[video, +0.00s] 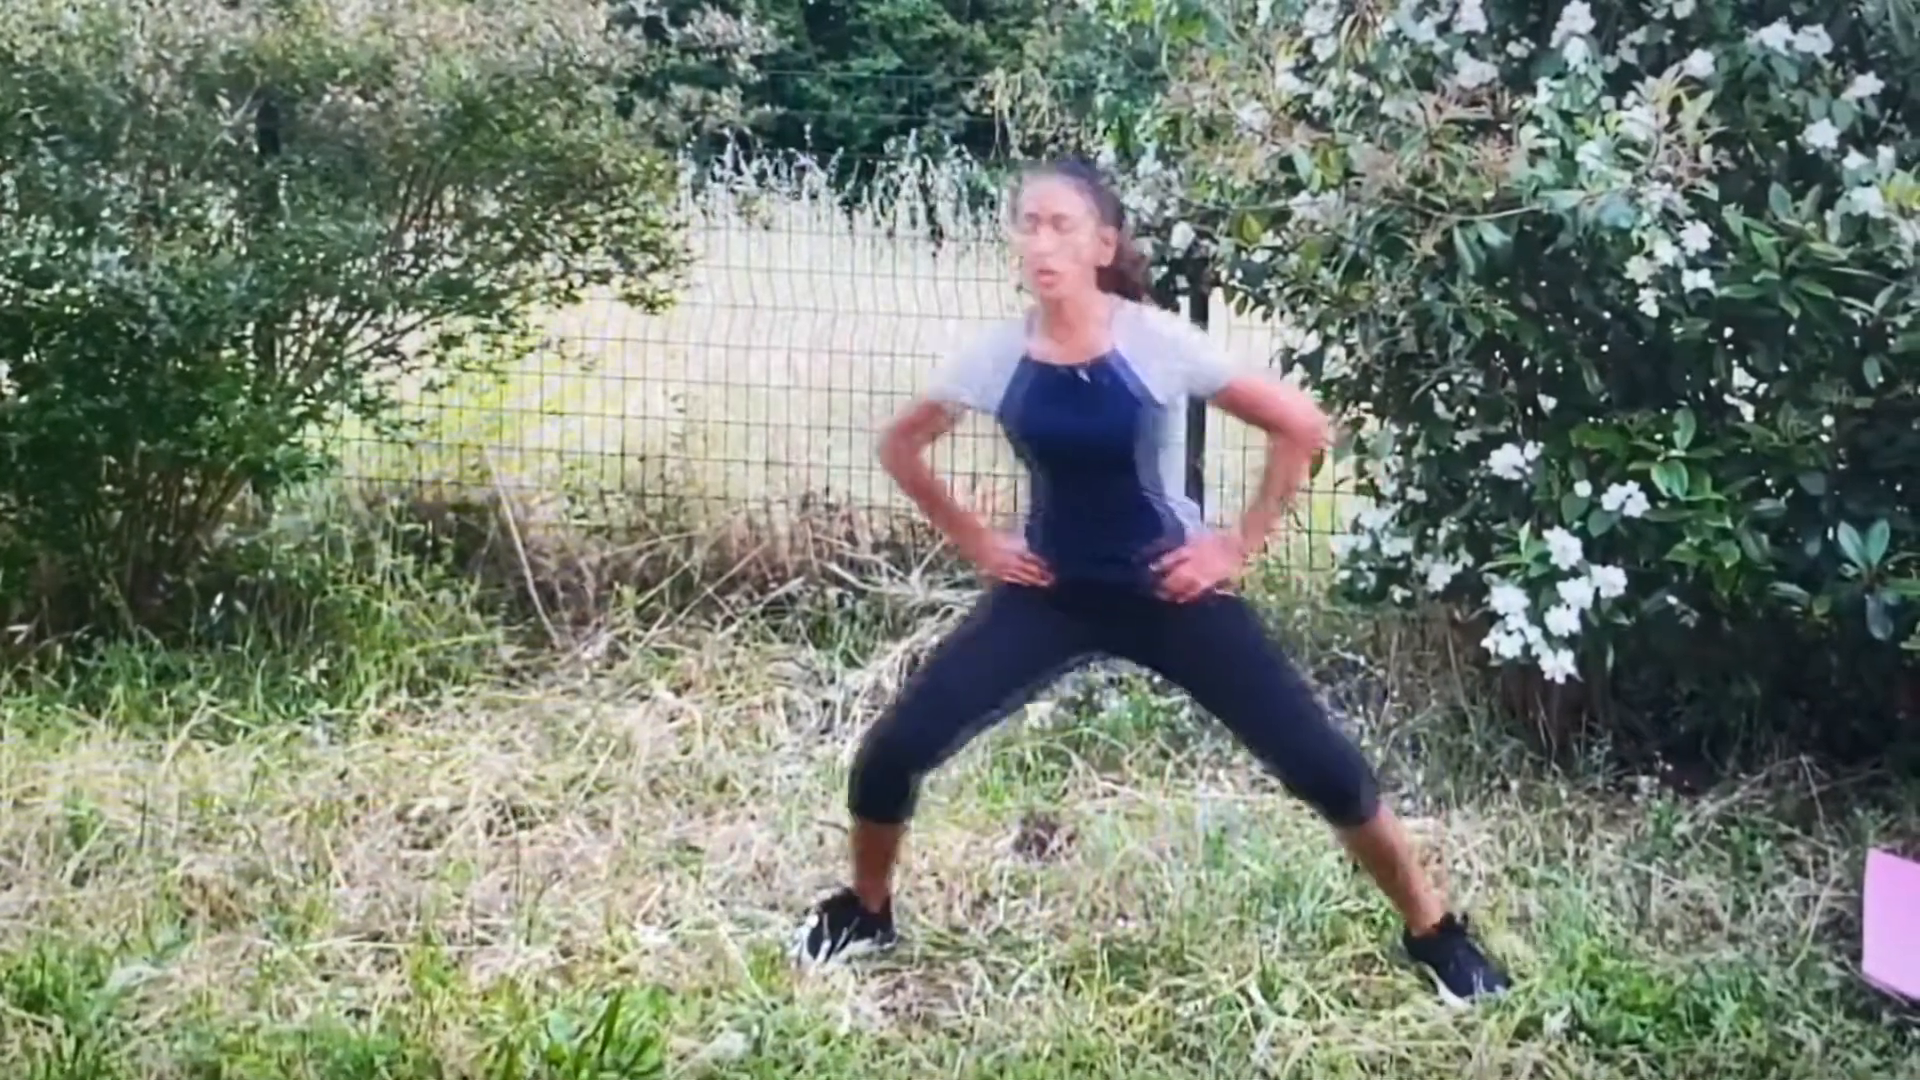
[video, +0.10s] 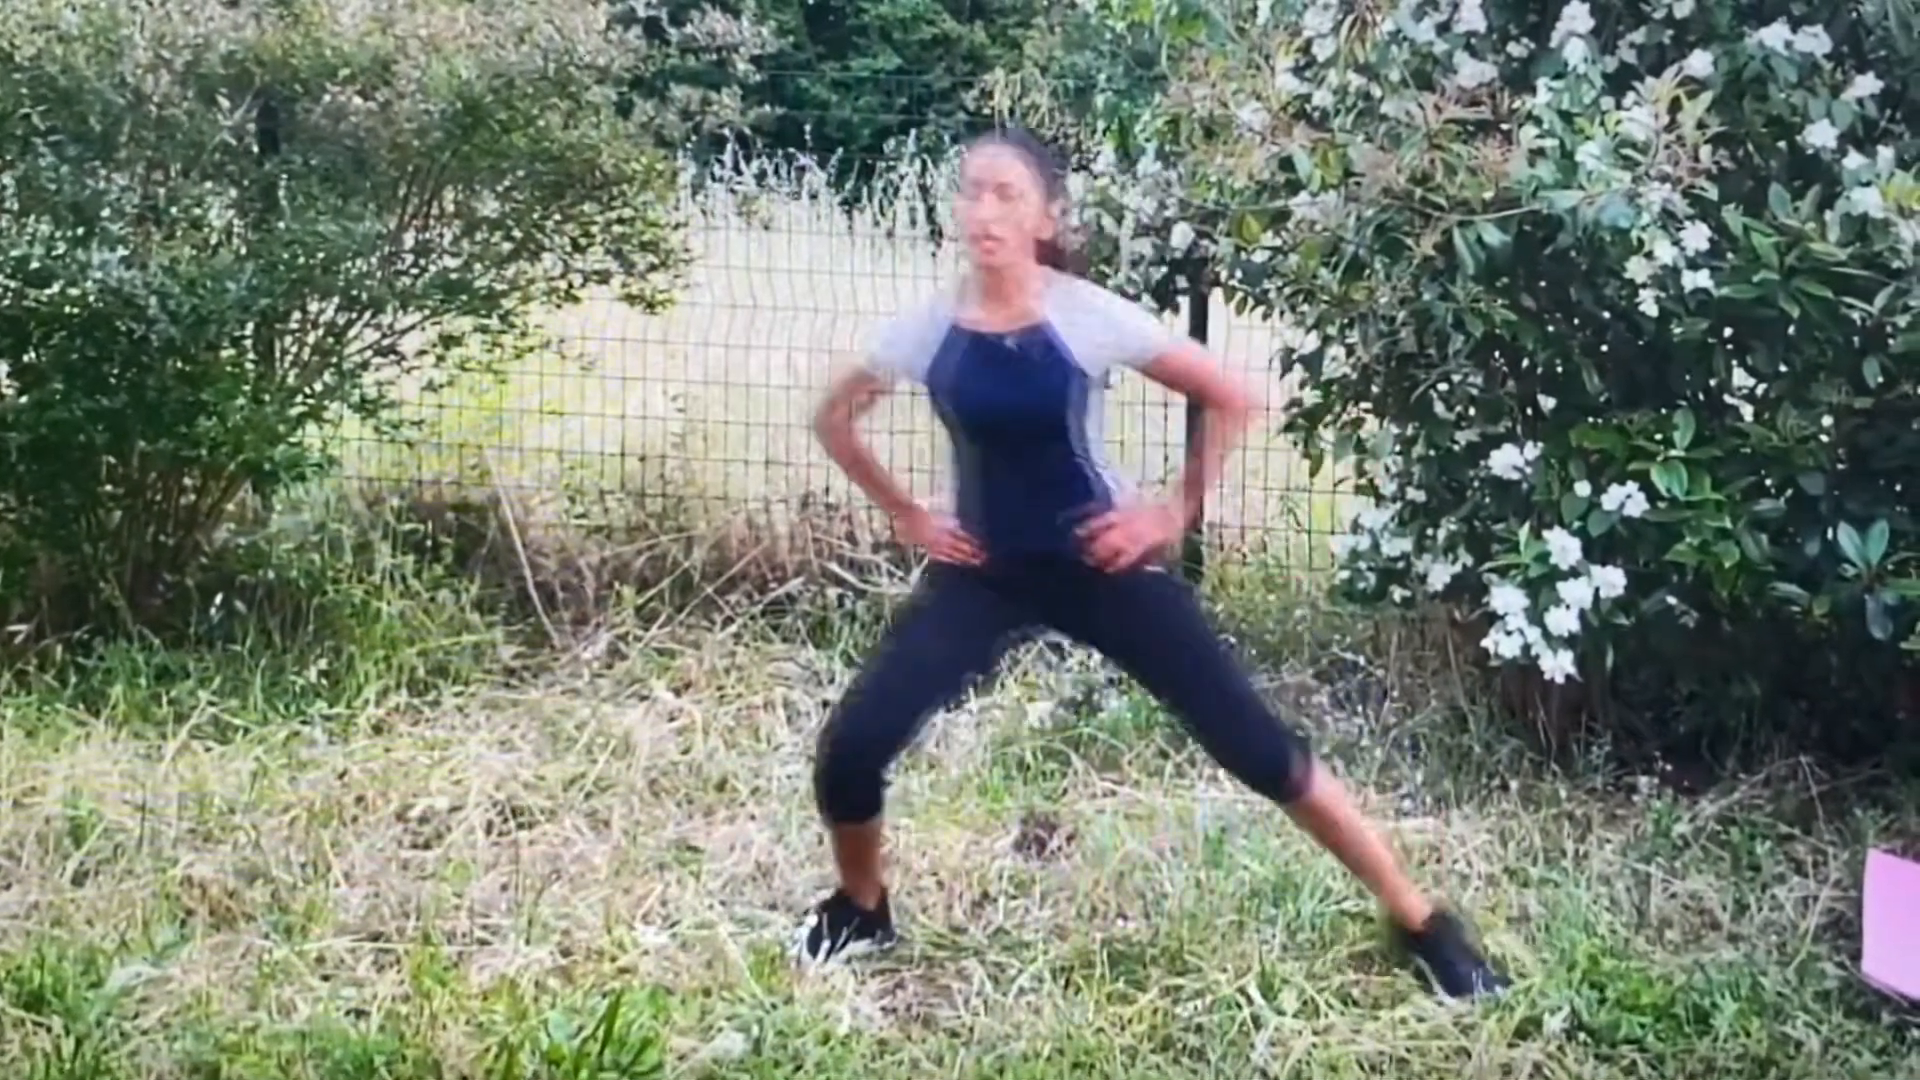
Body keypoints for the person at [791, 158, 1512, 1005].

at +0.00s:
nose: (1036, 243)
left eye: (1058, 225)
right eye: (1027, 224)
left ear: (1106, 246)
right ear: (1013, 242)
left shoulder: (1161, 343)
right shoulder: (1000, 351)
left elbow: (1303, 431)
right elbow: (897, 446)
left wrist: (1240, 542)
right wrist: (976, 538)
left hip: (1175, 601)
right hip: (1046, 598)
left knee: (1331, 768)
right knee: (887, 756)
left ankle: (1435, 933)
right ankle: (864, 910)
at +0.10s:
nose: (983, 210)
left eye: (1005, 193)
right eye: (970, 192)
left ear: (1048, 219)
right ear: (953, 213)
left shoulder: (1089, 317)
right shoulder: (929, 326)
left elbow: (1232, 397)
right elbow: (832, 419)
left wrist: (1174, 510)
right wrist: (906, 513)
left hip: (1107, 576)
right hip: (980, 578)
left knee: (1259, 749)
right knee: (846, 756)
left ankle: (1423, 925)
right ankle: (860, 908)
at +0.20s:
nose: (941, 185)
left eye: (966, 170)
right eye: (930, 166)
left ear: (1007, 199)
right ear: (911, 184)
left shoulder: (1045, 296)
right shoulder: (877, 294)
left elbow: (1185, 382)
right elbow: (773, 394)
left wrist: (1121, 491)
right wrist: (853, 498)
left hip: (1050, 549)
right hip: (928, 553)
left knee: (1175, 711)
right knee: (831, 753)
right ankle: (862, 910)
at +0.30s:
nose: (923, 167)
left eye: (947, 153)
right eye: (911, 148)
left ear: (985, 180)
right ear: (891, 167)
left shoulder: (1022, 281)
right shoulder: (854, 273)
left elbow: (1154, 381)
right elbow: (734, 365)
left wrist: (1082, 486)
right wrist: (816, 480)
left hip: (1011, 538)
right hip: (888, 536)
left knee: (1085, 710)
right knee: (812, 750)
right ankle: (860, 907)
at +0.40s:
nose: (914, 159)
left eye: (938, 144)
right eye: (901, 141)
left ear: (976, 171)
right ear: (882, 159)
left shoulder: (1013, 275)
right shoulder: (844, 257)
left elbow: (1130, 391)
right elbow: (717, 334)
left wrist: (1052, 490)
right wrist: (790, 455)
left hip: (976, 529)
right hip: (856, 516)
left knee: (993, 743)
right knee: (754, 707)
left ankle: (940, 905)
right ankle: (836, 875)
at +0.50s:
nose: (902, 161)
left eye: (925, 145)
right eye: (889, 143)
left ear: (966, 169)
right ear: (869, 162)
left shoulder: (998, 277)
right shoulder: (832, 253)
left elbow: (1106, 403)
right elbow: (701, 318)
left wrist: (1023, 499)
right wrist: (769, 438)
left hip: (945, 530)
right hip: (827, 507)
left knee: (947, 731)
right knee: (670, 642)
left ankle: (932, 908)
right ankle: (724, 828)